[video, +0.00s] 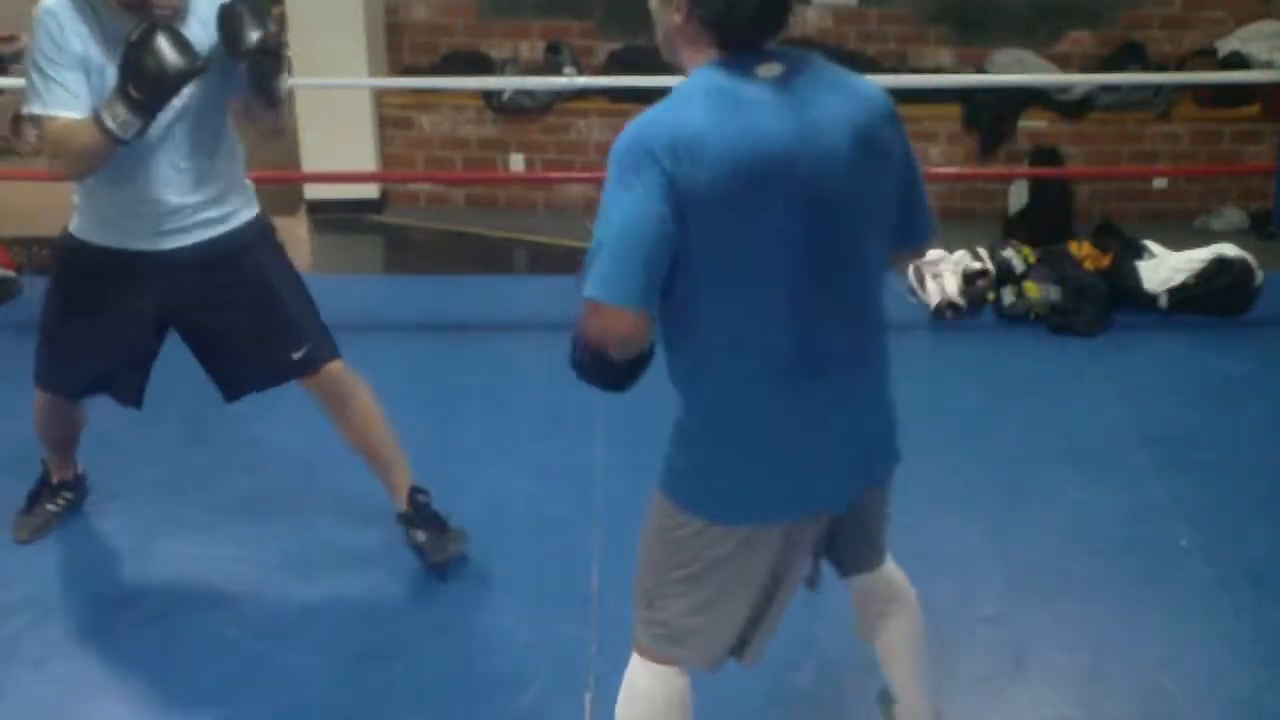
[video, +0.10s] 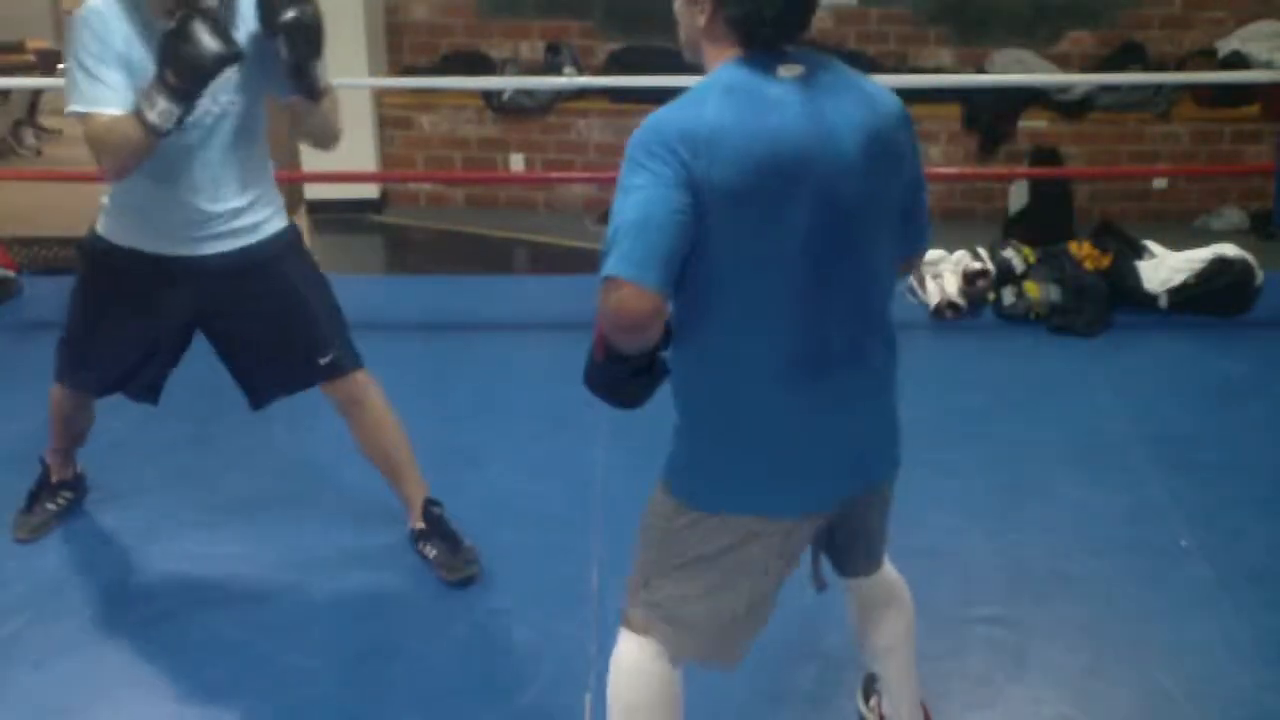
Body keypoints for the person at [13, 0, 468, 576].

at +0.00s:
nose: (166, 3)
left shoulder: (217, 11)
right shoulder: (62, 18)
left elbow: (268, 130)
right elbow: (66, 158)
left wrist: (264, 78)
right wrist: (129, 104)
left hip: (224, 230)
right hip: (107, 242)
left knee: (323, 370)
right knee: (54, 393)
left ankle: (412, 504)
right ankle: (61, 481)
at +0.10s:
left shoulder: (254, 14)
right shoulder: (103, 21)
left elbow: (324, 135)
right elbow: (110, 157)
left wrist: (304, 70)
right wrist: (172, 88)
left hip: (253, 235)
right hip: (134, 242)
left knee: (346, 377)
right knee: (75, 382)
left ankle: (424, 516)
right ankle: (59, 476)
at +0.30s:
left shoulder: (337, 13)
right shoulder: (189, 11)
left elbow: (382, 145)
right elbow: (196, 145)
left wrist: (374, 71)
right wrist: (259, 80)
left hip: (298, 223)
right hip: (188, 221)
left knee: (378, 367)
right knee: (122, 358)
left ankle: (428, 518)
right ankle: (106, 461)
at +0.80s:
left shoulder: (357, 6)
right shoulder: (207, 6)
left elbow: (425, 100)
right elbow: (198, 117)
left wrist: (403, 31)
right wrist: (249, 61)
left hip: (351, 213)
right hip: (243, 214)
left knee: (425, 361)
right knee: (198, 345)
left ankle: (514, 502)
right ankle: (193, 435)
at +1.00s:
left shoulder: (435, 4)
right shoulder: (280, 5)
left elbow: (486, 110)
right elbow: (262, 111)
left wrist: (449, 41)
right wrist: (299, 57)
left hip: (413, 199)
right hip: (309, 195)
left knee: (463, 357)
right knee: (254, 318)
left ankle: (516, 505)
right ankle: (246, 421)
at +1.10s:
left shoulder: (450, 5)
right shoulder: (291, 4)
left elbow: (489, 114)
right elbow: (277, 104)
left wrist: (459, 69)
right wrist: (316, 55)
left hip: (430, 188)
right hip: (328, 187)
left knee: (476, 349)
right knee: (282, 313)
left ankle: (517, 508)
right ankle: (329, 390)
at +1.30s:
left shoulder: (474, 1)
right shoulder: (316, 5)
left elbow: (543, 72)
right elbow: (301, 96)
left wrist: (494, 16)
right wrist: (347, 44)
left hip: (461, 173)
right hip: (365, 179)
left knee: (496, 300)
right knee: (333, 308)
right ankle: (348, 396)